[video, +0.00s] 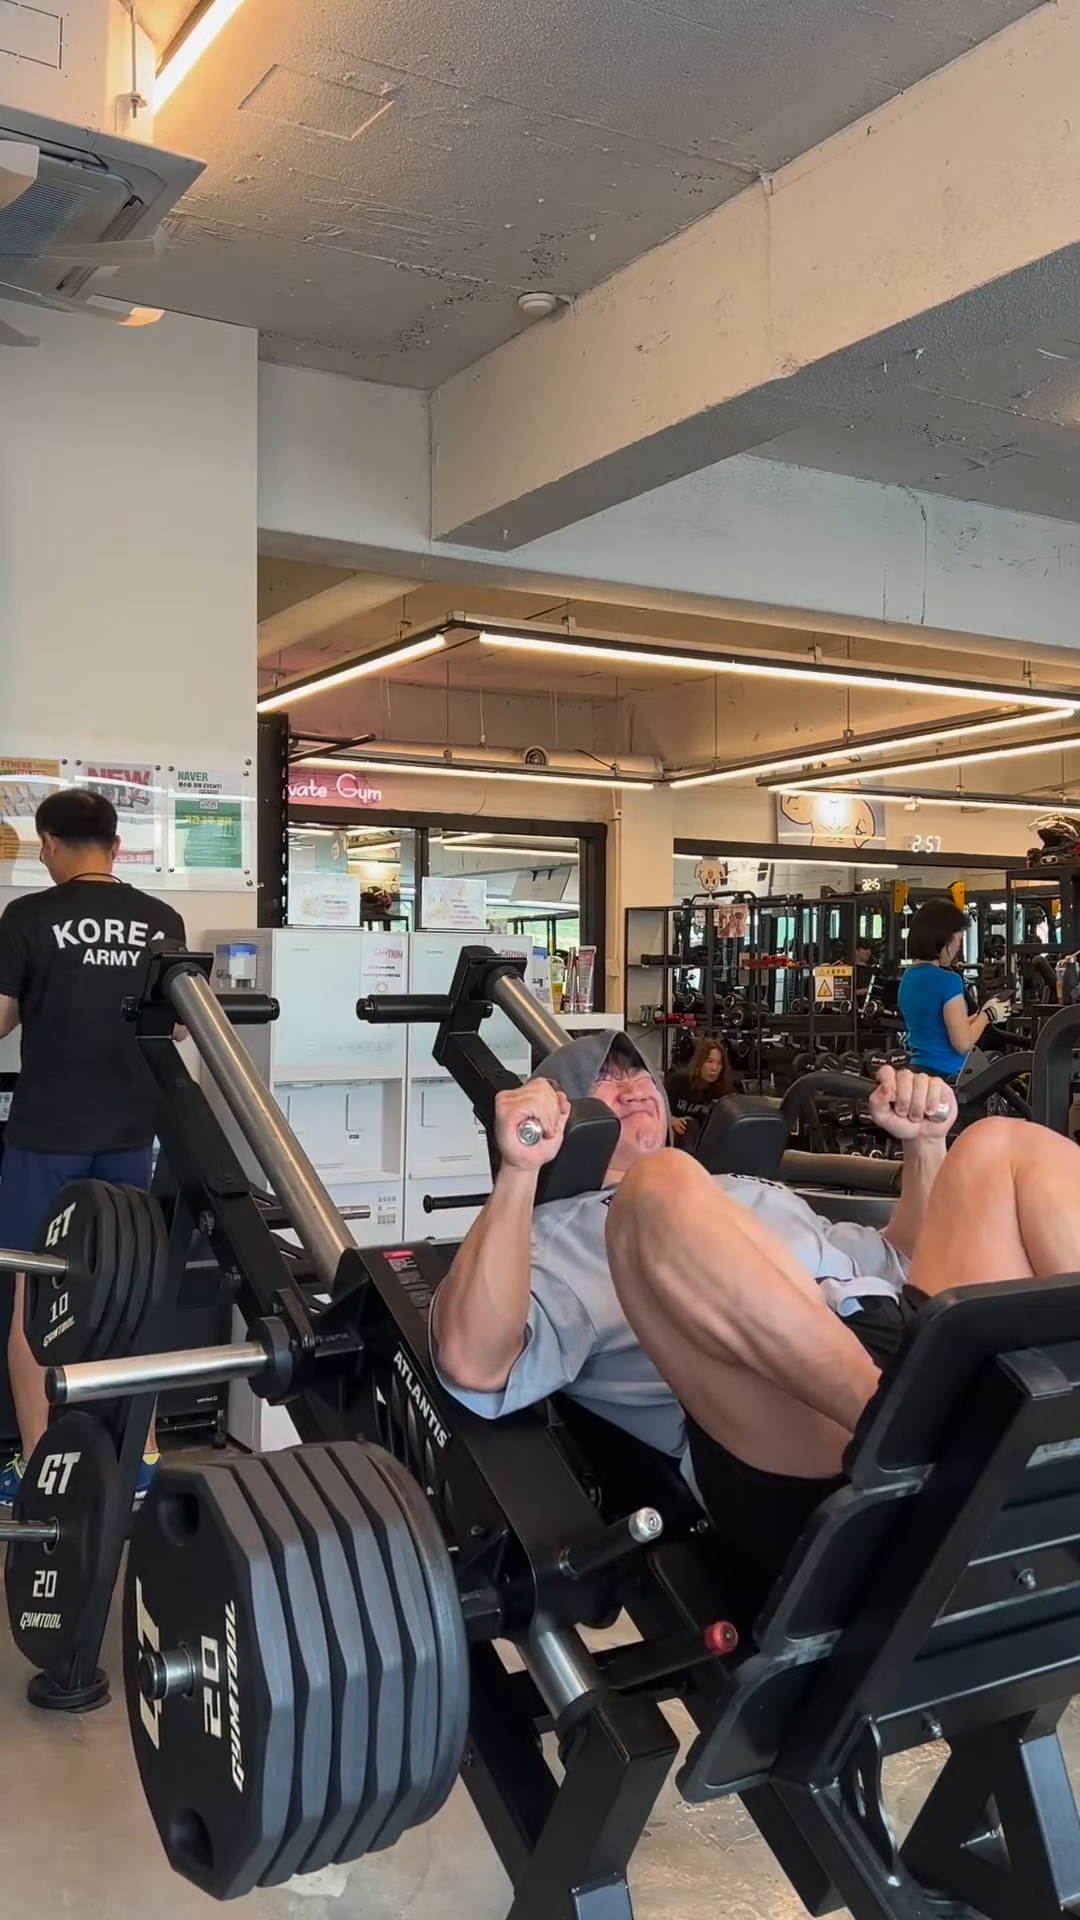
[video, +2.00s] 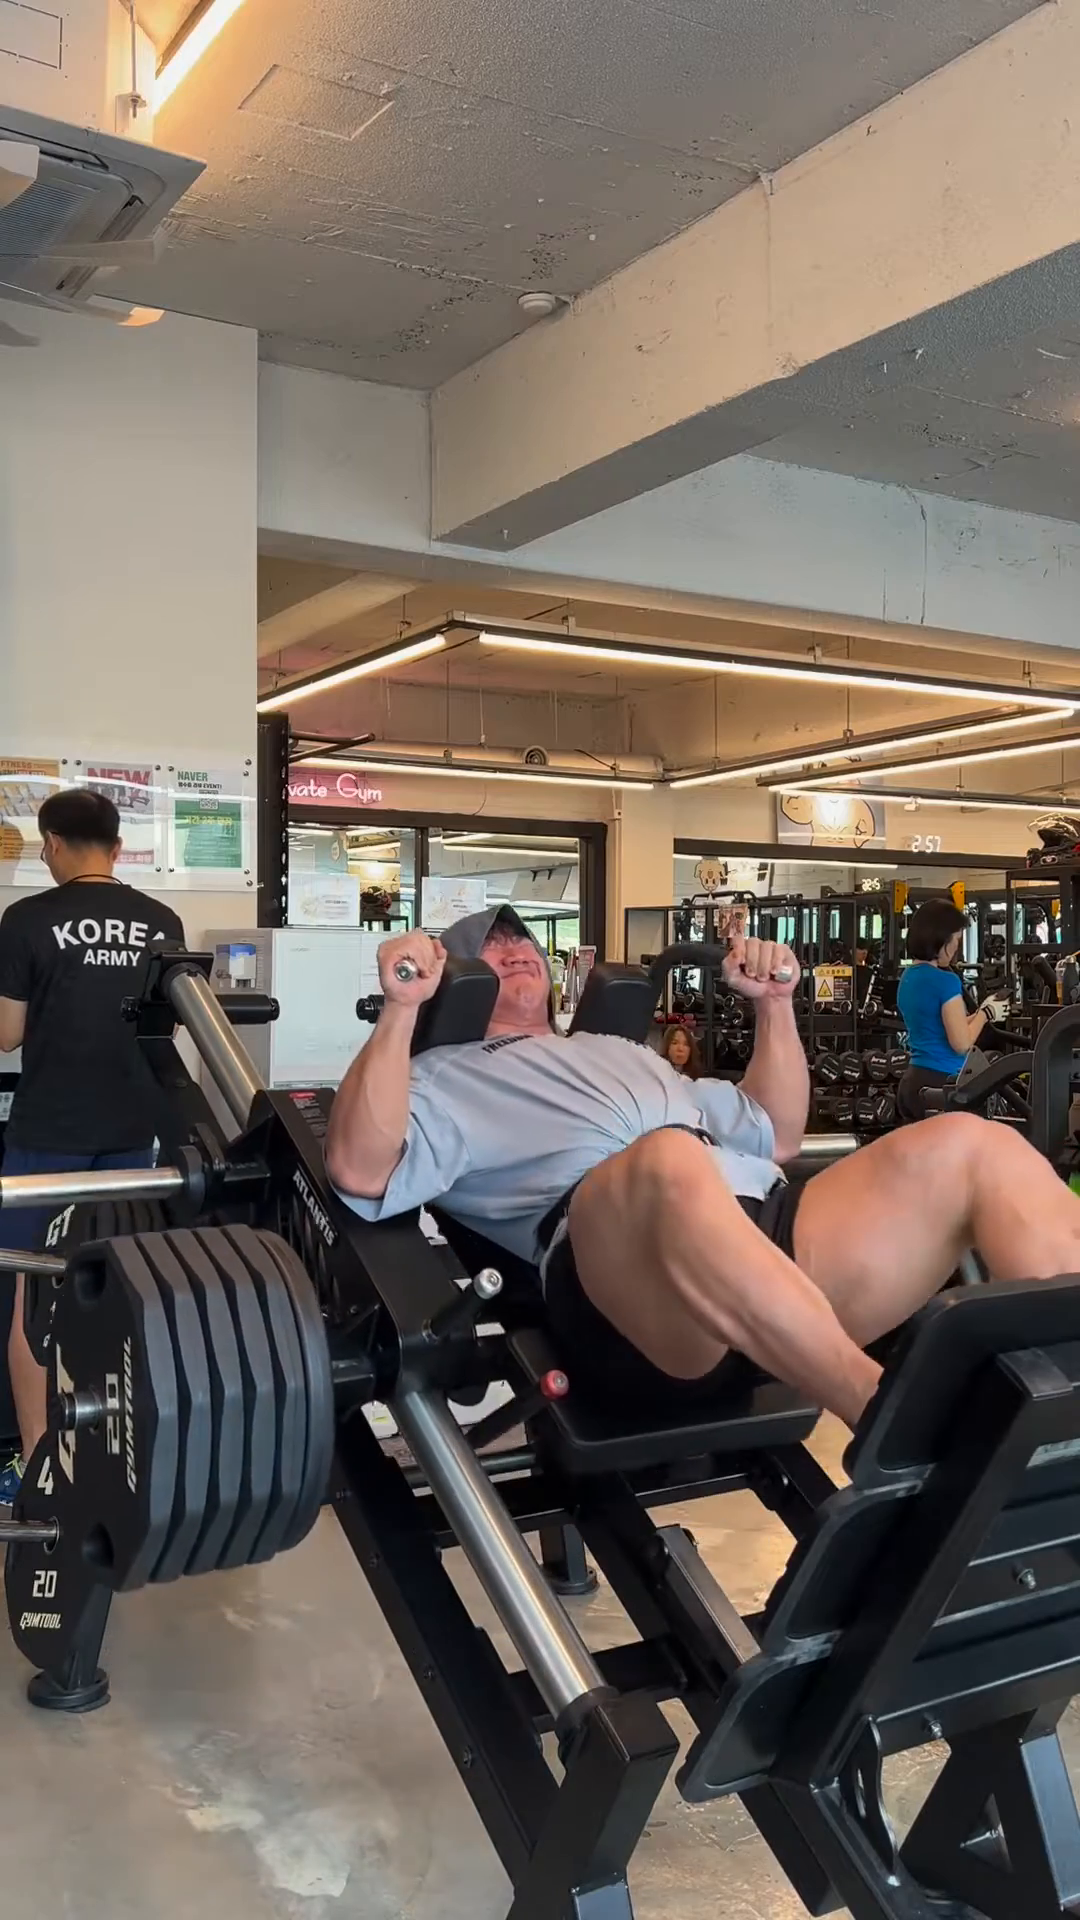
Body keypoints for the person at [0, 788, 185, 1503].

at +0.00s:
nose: (47, 859)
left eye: (44, 849)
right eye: (51, 849)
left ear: (48, 847)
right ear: (116, 848)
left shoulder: (28, 916)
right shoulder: (163, 918)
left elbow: (6, 1020)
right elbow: (178, 1023)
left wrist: (47, 1004)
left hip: (47, 1130)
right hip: (135, 1132)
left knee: (26, 1298)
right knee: (130, 1288)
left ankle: (41, 1462)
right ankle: (138, 1447)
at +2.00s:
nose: (49, 858)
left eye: (47, 847)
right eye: (56, 848)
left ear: (50, 846)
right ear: (117, 848)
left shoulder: (29, 919)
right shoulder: (164, 921)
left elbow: (9, 1032)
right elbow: (170, 1021)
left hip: (50, 1130)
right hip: (142, 1128)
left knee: (23, 1297)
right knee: (128, 1287)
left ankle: (41, 1458)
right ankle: (131, 1445)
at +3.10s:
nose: (53, 857)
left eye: (49, 846)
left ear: (51, 846)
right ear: (119, 847)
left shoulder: (31, 918)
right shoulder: (163, 920)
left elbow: (6, 1033)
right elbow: (177, 1028)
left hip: (47, 1139)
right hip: (138, 1140)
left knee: (30, 1299)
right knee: (135, 1297)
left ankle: (36, 1459)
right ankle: (139, 1465)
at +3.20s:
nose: (52, 857)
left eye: (49, 846)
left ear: (51, 846)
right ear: (119, 847)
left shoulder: (32, 917)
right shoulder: (163, 920)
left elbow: (7, 1033)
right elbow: (179, 1028)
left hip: (47, 1139)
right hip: (139, 1140)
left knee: (29, 1299)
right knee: (135, 1297)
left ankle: (36, 1459)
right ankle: (139, 1465)